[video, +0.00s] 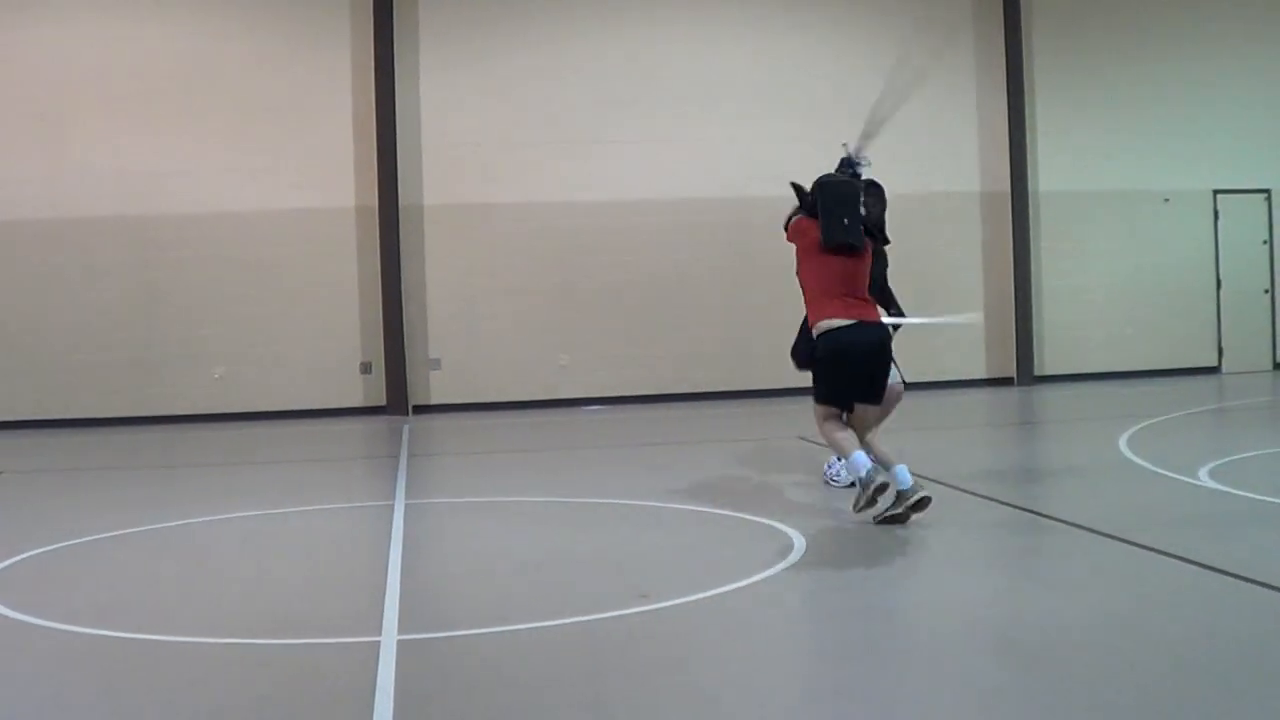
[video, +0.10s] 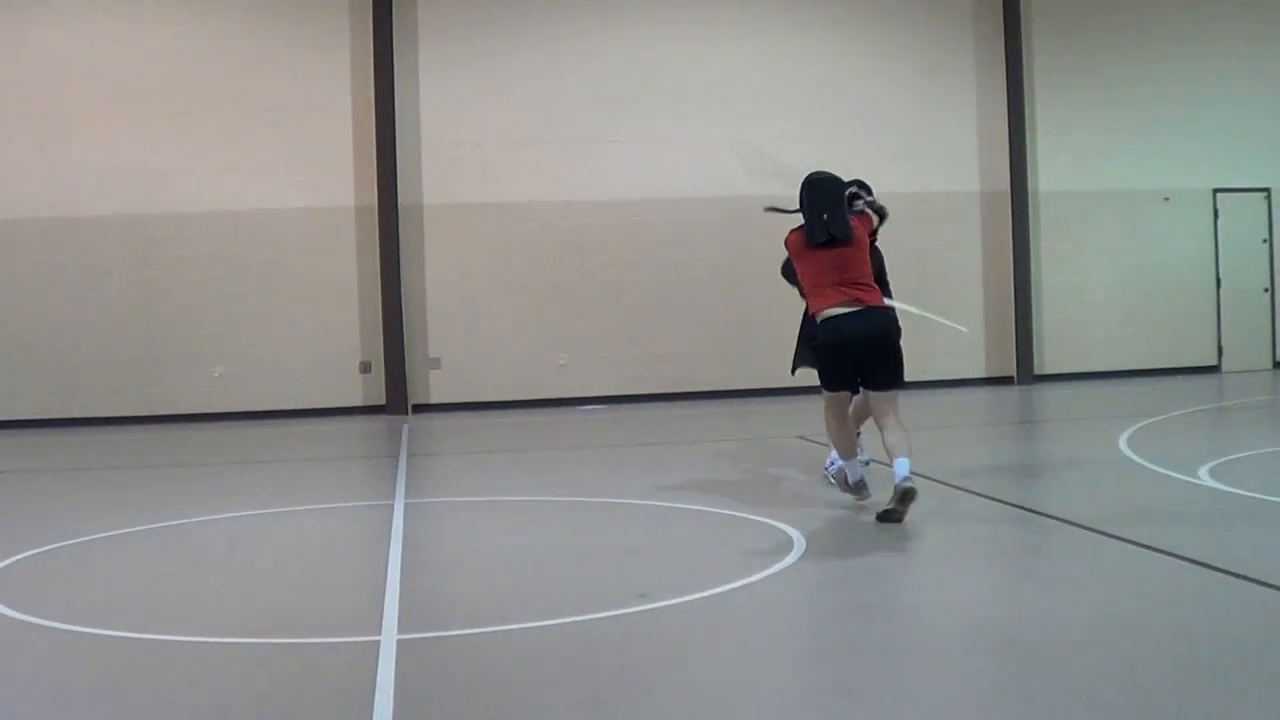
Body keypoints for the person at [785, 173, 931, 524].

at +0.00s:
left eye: (807, 203)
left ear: (815, 205)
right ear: (853, 205)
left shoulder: (804, 231)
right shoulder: (865, 239)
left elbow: (794, 220)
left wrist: (820, 203)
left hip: (832, 340)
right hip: (874, 335)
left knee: (828, 419)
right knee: (859, 427)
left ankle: (866, 474)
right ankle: (906, 485)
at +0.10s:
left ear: (804, 205)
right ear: (841, 202)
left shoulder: (794, 240)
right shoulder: (858, 226)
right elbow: (873, 216)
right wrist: (863, 202)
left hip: (832, 331)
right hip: (878, 324)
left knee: (837, 410)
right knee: (887, 411)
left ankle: (855, 478)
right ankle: (903, 478)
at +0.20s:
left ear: (798, 218)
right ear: (831, 208)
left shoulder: (797, 260)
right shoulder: (852, 232)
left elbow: (788, 245)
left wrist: (790, 221)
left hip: (831, 340)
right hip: (874, 331)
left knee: (843, 419)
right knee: (898, 410)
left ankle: (851, 483)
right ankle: (888, 475)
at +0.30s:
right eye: (832, 219)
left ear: (798, 231)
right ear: (832, 221)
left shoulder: (797, 272)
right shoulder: (854, 246)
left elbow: (808, 311)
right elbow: (888, 273)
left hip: (829, 350)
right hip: (869, 340)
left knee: (848, 411)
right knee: (891, 417)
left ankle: (854, 479)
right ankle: (880, 457)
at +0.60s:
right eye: (859, 204)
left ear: (823, 210)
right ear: (857, 207)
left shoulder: (809, 248)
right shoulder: (869, 240)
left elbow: (802, 294)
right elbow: (883, 288)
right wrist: (900, 325)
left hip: (814, 324)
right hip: (853, 320)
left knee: (829, 400)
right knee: (870, 392)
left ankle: (843, 475)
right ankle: (879, 465)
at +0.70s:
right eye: (860, 200)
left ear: (825, 202)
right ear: (859, 202)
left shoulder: (810, 241)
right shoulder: (871, 236)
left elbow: (796, 284)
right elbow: (888, 281)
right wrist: (910, 318)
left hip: (814, 324)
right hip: (854, 321)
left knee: (827, 401)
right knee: (864, 394)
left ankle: (844, 473)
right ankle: (874, 462)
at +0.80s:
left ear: (824, 203)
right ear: (857, 203)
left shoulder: (808, 241)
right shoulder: (872, 239)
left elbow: (794, 277)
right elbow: (894, 282)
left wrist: (822, 276)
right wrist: (919, 316)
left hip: (815, 329)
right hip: (854, 328)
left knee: (828, 401)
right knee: (860, 399)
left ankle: (846, 471)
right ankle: (865, 466)